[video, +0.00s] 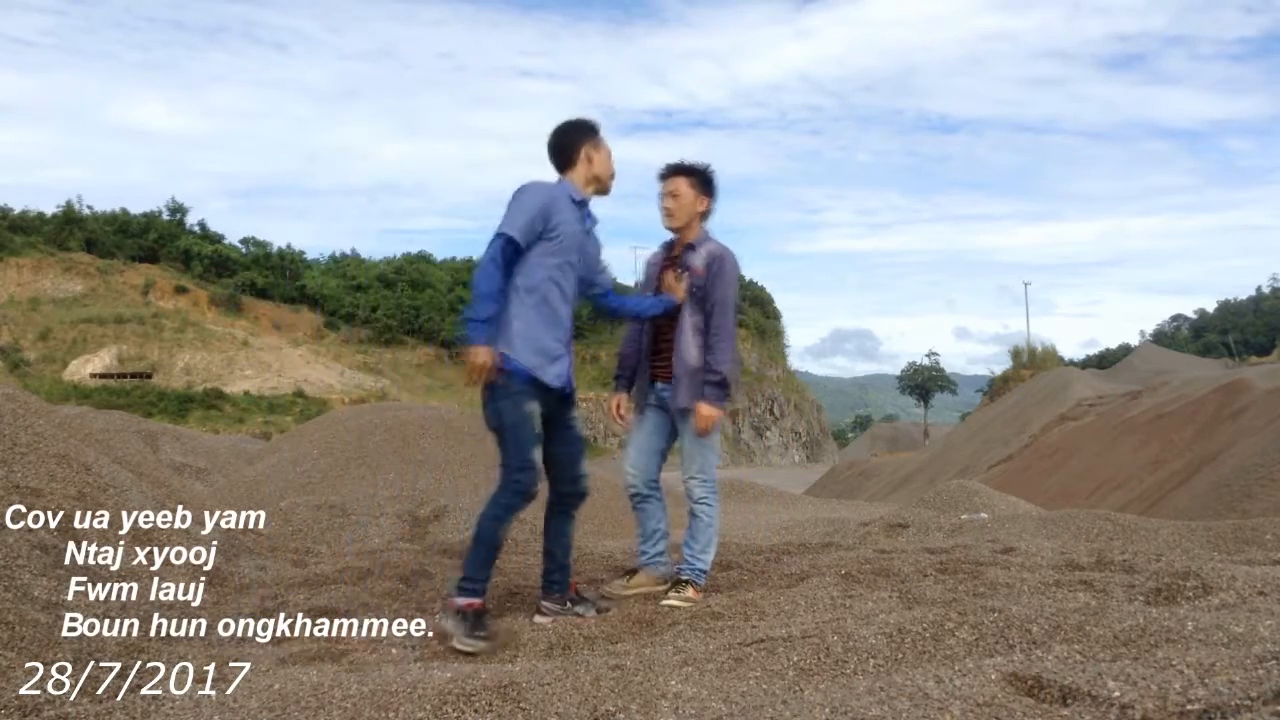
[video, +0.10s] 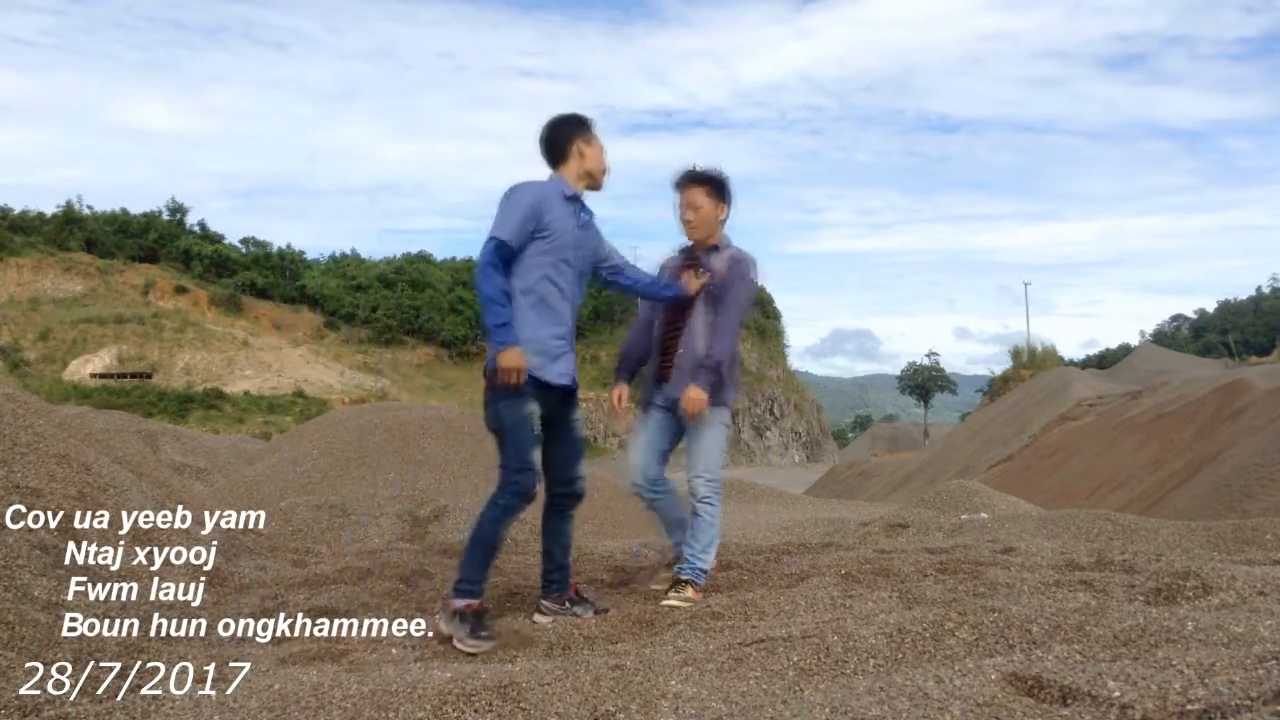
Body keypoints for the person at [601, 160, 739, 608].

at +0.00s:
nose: (665, 204)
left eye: (674, 196)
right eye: (662, 197)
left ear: (702, 203)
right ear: (663, 203)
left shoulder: (718, 260)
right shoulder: (655, 261)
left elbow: (723, 331)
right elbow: (639, 325)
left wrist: (714, 394)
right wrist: (622, 384)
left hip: (696, 393)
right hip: (654, 391)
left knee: (698, 486)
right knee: (639, 477)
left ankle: (693, 576)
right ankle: (654, 567)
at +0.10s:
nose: (686, 216)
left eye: (695, 208)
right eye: (682, 209)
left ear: (721, 210)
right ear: (679, 212)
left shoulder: (738, 265)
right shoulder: (672, 266)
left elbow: (727, 329)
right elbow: (646, 322)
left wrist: (704, 382)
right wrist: (623, 374)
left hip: (709, 395)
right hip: (662, 392)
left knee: (703, 484)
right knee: (643, 474)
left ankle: (692, 574)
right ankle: (690, 546)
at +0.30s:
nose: (722, 238)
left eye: (732, 231)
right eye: (719, 230)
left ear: (755, 240)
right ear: (714, 236)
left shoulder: (769, 296)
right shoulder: (695, 288)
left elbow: (774, 344)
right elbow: (659, 330)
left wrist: (745, 335)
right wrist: (628, 362)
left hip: (741, 403)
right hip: (697, 403)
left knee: (718, 474)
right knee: (693, 493)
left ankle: (702, 571)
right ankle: (739, 565)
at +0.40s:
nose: (729, 244)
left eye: (739, 237)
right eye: (726, 237)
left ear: (761, 247)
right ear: (720, 243)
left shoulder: (782, 300)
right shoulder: (705, 299)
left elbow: (801, 354)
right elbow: (675, 341)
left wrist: (775, 342)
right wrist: (645, 369)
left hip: (756, 404)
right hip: (712, 406)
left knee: (736, 466)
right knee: (697, 487)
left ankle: (740, 558)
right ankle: (724, 555)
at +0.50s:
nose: (742, 240)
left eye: (751, 233)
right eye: (738, 234)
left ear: (773, 239)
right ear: (734, 239)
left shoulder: (796, 291)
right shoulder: (719, 295)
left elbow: (820, 342)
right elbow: (700, 347)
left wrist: (808, 373)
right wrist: (681, 376)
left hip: (776, 400)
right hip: (728, 402)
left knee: (766, 461)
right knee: (719, 483)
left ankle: (781, 540)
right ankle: (736, 567)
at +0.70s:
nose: (762, 256)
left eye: (771, 248)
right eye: (758, 249)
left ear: (793, 253)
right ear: (754, 253)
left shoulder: (816, 301)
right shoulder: (748, 300)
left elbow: (836, 360)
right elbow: (740, 356)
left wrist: (852, 414)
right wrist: (730, 403)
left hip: (812, 408)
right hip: (768, 407)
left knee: (806, 477)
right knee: (742, 467)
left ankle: (812, 552)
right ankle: (772, 544)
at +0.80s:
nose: (771, 246)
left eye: (779, 239)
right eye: (766, 240)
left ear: (800, 242)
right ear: (762, 243)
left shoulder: (824, 287)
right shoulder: (757, 294)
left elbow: (844, 345)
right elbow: (753, 349)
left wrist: (855, 397)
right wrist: (749, 395)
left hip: (821, 399)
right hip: (778, 402)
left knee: (808, 469)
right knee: (766, 474)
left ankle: (814, 547)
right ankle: (800, 529)